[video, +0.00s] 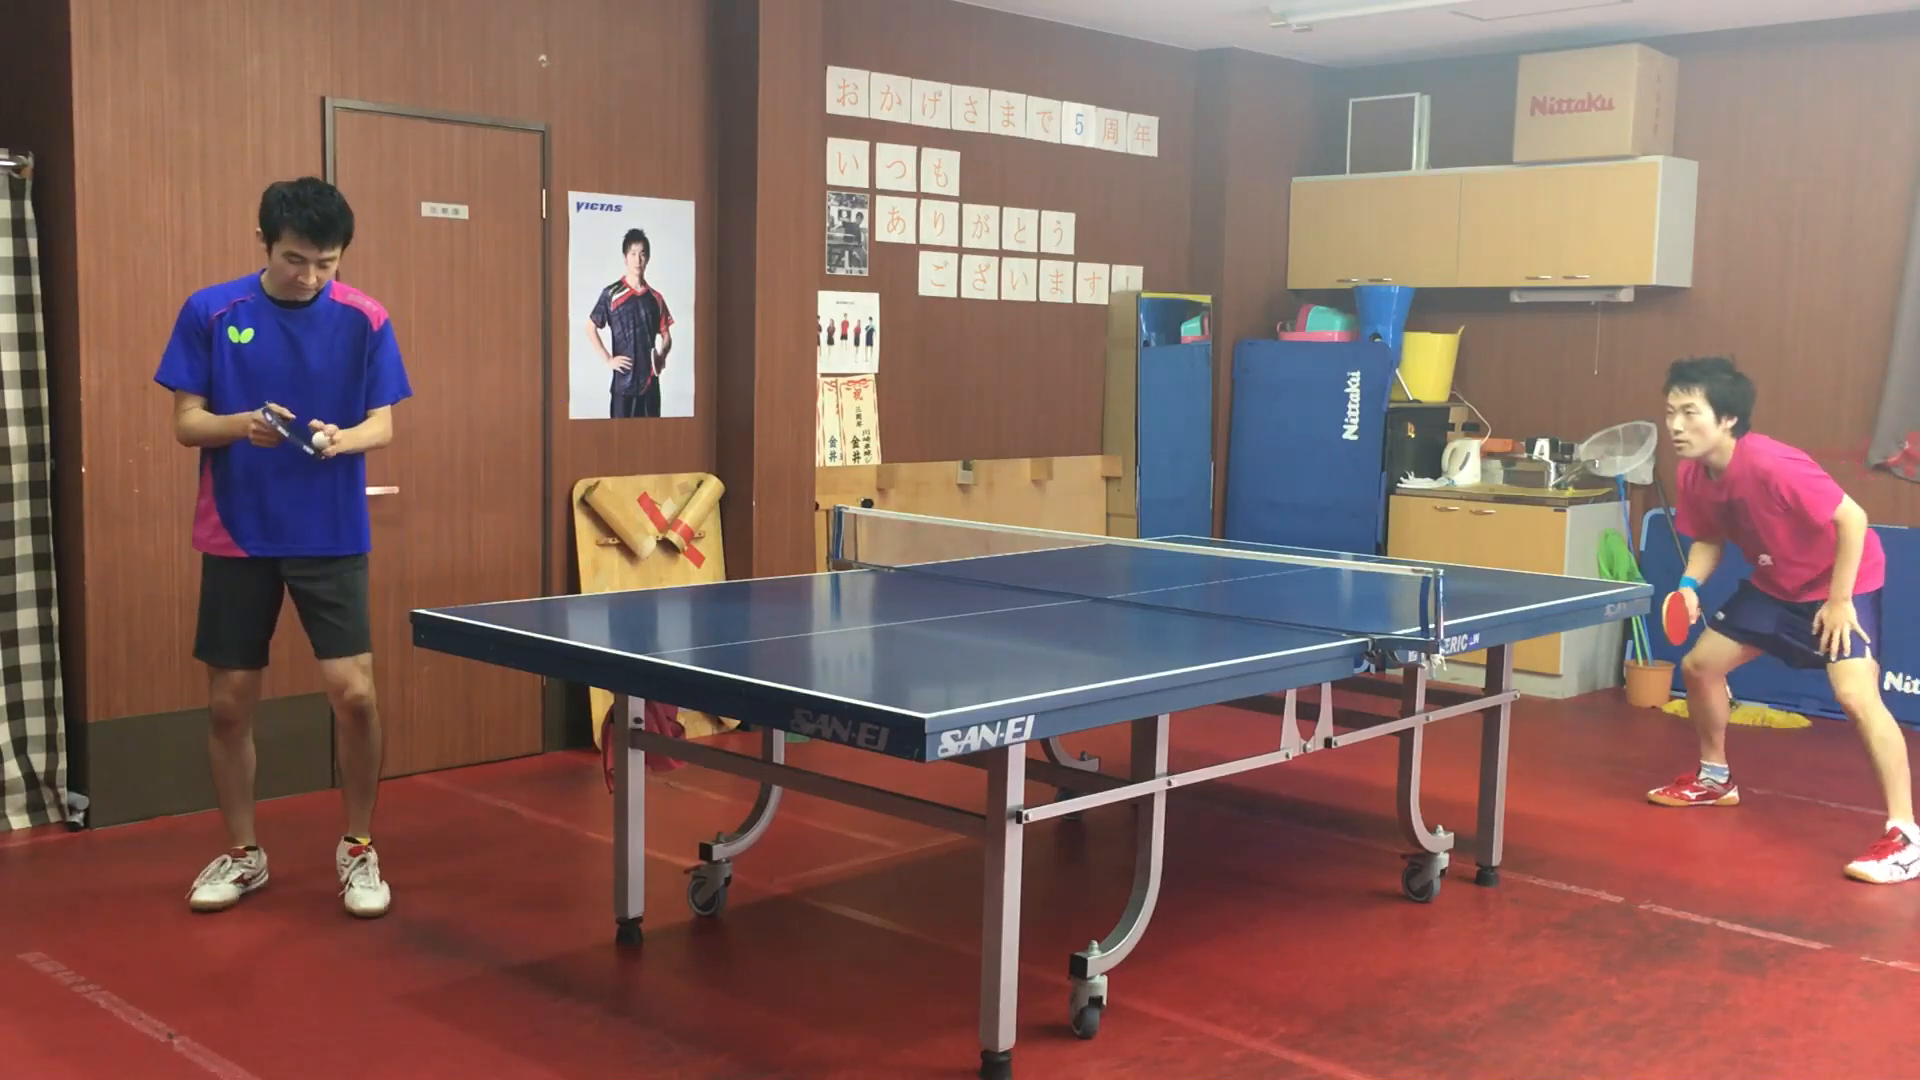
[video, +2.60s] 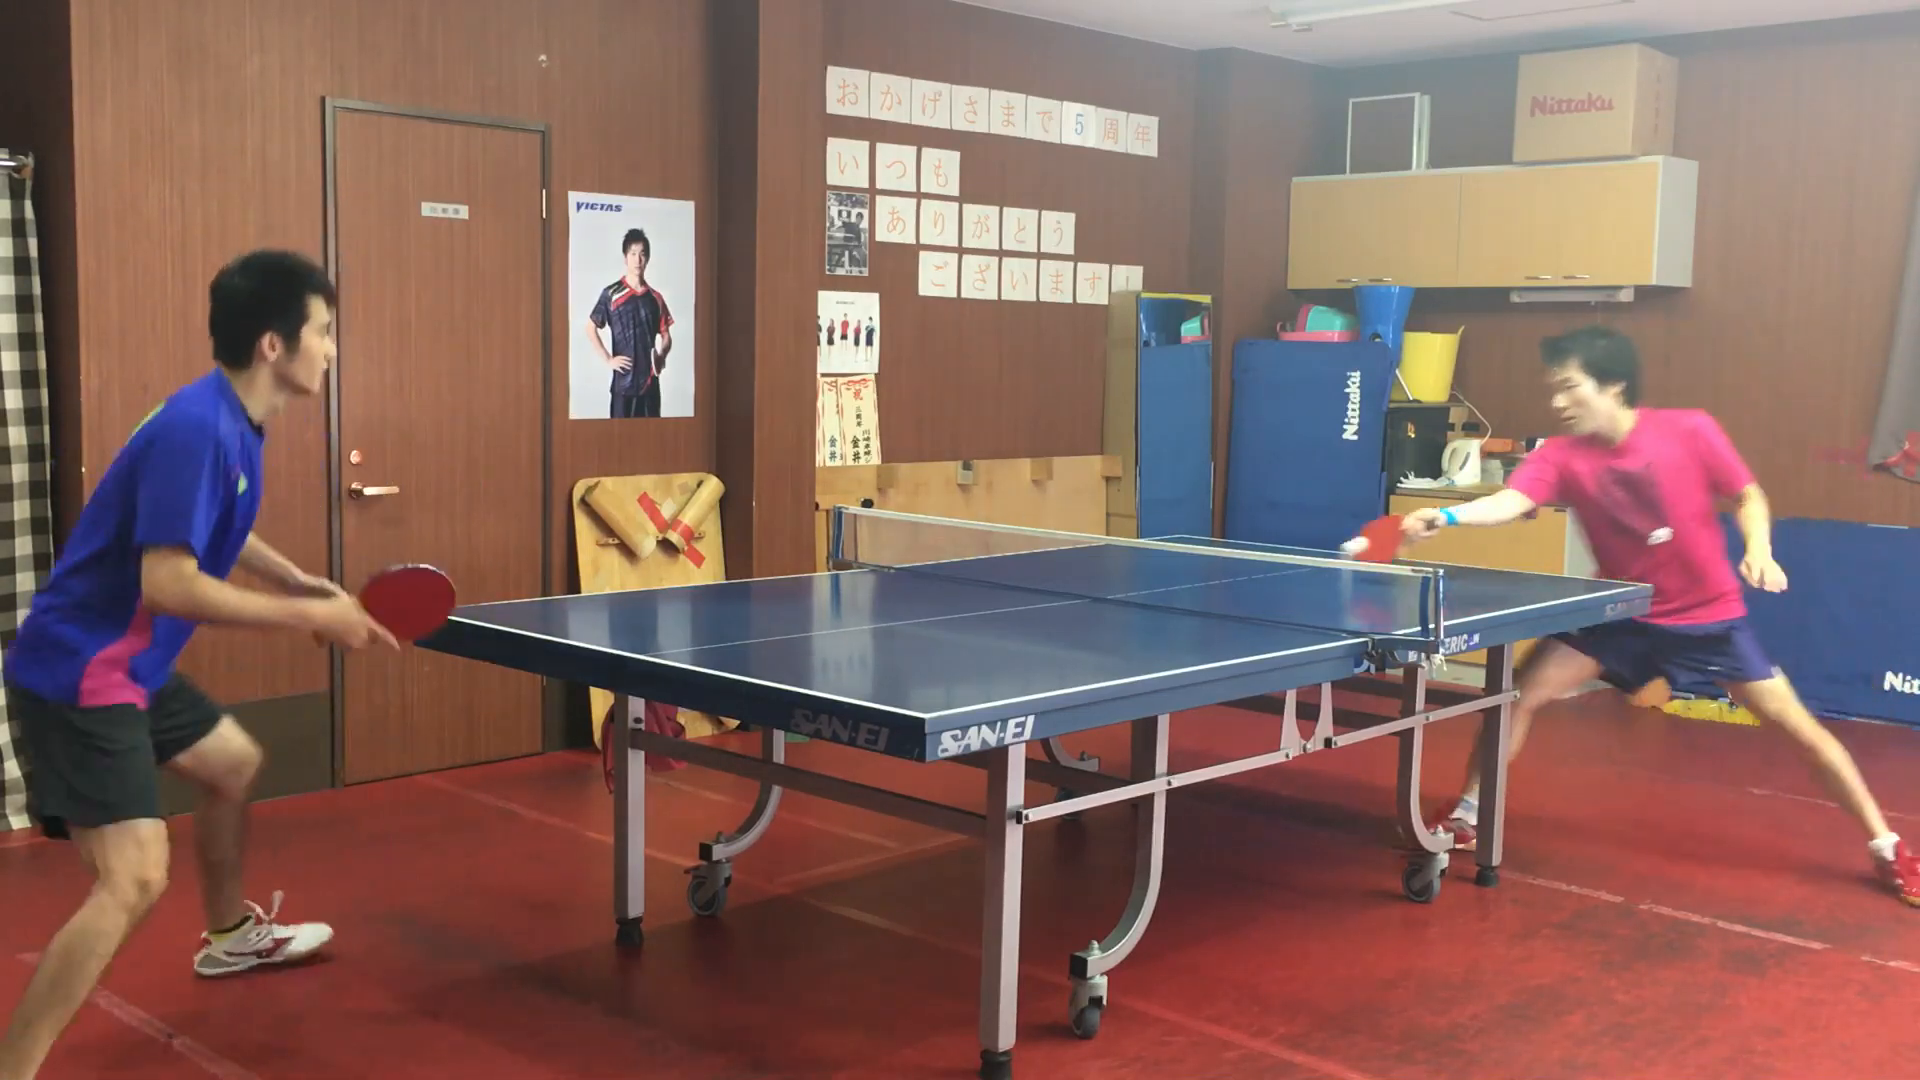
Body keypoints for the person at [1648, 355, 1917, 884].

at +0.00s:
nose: (1674, 425)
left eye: (1688, 412)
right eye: (1670, 413)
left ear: (1728, 421)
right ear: (1668, 418)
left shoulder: (1772, 465)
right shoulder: (1694, 475)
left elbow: (1853, 519)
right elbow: (1707, 540)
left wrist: (1839, 600)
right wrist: (1689, 587)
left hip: (1842, 586)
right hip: (1773, 584)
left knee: (1856, 695)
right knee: (1701, 664)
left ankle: (1905, 835)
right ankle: (1713, 777)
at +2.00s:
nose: (1711, 370)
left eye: (1727, 359)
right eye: (1709, 359)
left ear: (1767, 373)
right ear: (1706, 366)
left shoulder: (1809, 432)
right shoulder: (1723, 432)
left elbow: (1865, 506)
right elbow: (1718, 508)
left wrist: (1827, 578)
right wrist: (1668, 528)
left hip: (1835, 588)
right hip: (1763, 585)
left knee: (1857, 709)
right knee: (1703, 679)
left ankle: (1911, 831)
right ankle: (1714, 776)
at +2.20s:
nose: (1697, 357)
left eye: (1712, 345)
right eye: (1694, 345)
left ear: (1753, 353)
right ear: (1695, 351)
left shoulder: (1793, 410)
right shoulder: (1710, 422)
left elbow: (1854, 486)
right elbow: (1675, 490)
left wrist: (1799, 552)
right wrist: (1602, 507)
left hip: (1847, 572)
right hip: (1780, 569)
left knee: (1866, 707)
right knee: (1708, 674)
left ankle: (1919, 835)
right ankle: (1713, 807)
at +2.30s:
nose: (1695, 367)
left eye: (1709, 354)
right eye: (1693, 356)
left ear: (1753, 362)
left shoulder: (1811, 421)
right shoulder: (1704, 433)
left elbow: (1869, 495)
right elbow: (1648, 494)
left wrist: (1825, 564)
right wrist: (1568, 506)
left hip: (1838, 597)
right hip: (1757, 591)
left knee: (1876, 726)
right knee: (1666, 677)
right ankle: (1701, 797)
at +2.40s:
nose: (1674, 376)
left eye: (1687, 362)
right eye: (1673, 364)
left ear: (1734, 370)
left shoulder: (1800, 427)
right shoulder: (1679, 442)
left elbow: (1854, 505)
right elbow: (1616, 494)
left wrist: (1815, 560)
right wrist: (1536, 508)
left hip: (1808, 614)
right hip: (1725, 603)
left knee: (1863, 731)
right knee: (1616, 665)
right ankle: (1633, 795)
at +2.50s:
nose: (1621, 383)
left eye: (1631, 369)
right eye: (1617, 372)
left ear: (1679, 372)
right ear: (1631, 379)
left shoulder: (1751, 421)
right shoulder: (1628, 442)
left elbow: (1806, 495)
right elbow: (1567, 493)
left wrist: (1774, 545)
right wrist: (1493, 510)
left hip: (1765, 613)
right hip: (1677, 605)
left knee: (1840, 724)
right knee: (1574, 681)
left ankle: (1911, 842)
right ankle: (1504, 803)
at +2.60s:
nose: (1555, 400)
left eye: (1566, 386)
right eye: (1551, 388)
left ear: (1613, 386)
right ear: (1580, 393)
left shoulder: (1690, 432)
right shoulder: (1562, 457)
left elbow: (1748, 499)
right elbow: (1510, 503)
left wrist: (1758, 549)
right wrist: (1440, 516)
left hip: (1712, 620)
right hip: (1628, 620)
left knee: (1792, 722)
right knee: (1528, 687)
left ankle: (1887, 843)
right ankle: (1464, 819)